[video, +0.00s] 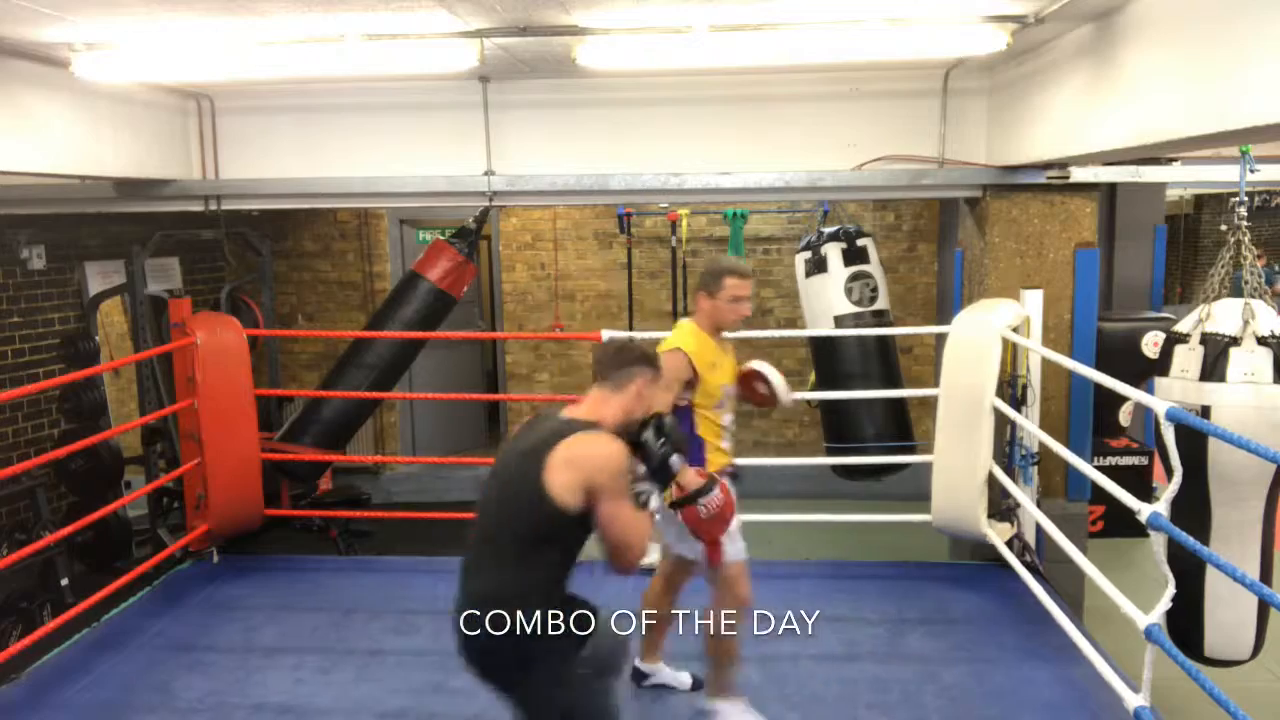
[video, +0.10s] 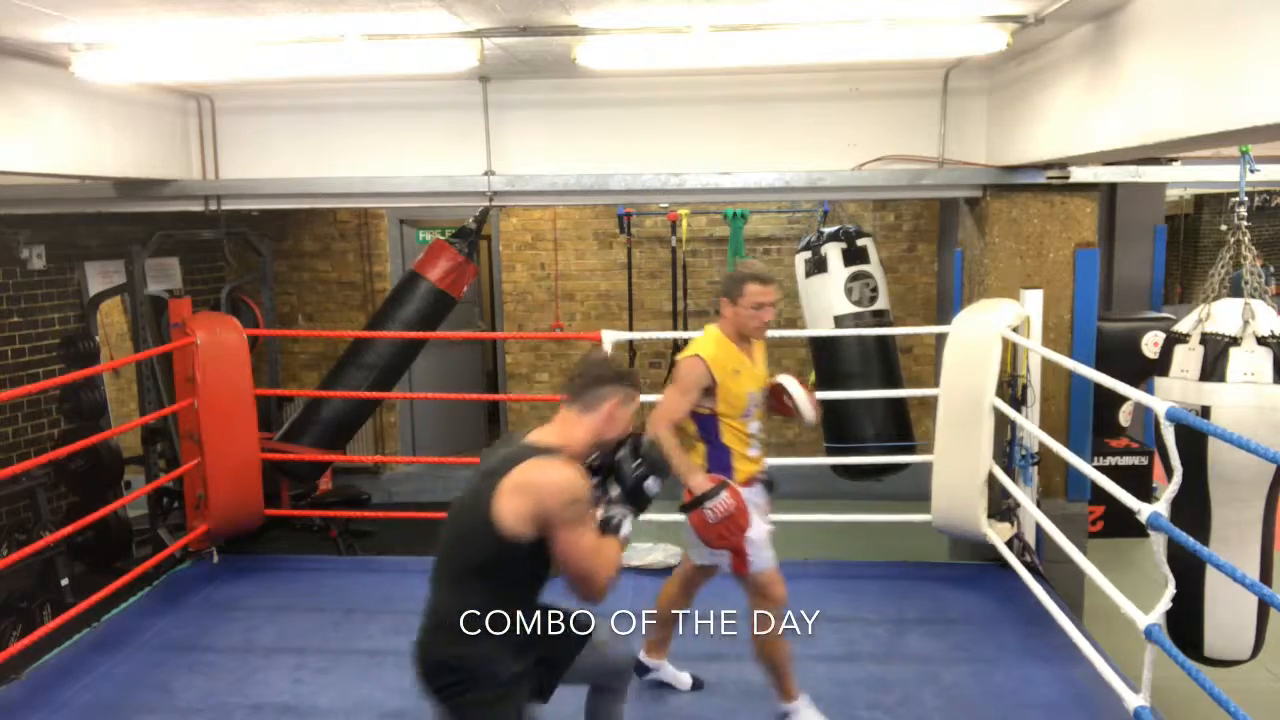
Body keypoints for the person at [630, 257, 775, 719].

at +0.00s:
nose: (745, 310)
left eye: (748, 301)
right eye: (737, 300)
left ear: (723, 302)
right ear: (703, 300)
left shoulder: (720, 345)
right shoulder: (682, 349)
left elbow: (716, 393)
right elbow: (651, 422)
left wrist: (756, 393)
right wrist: (684, 475)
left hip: (706, 481)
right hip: (699, 486)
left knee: (674, 570)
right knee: (735, 593)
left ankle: (649, 662)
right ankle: (720, 696)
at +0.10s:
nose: (767, 316)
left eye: (771, 307)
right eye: (758, 307)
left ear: (771, 306)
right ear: (726, 307)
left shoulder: (753, 343)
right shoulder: (701, 360)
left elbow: (740, 400)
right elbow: (659, 426)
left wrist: (776, 399)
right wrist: (696, 483)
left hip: (748, 487)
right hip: (726, 495)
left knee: (695, 570)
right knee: (770, 596)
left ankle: (651, 657)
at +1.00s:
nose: (863, 305)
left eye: (875, 295)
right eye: (863, 295)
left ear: (913, 300)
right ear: (899, 302)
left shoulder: (945, 366)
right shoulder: (895, 344)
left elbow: (975, 450)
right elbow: (900, 419)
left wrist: (893, 449)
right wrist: (850, 409)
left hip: (939, 523)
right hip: (901, 509)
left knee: (955, 632)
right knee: (902, 599)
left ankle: (975, 715)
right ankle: (952, 697)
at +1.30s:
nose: (853, 304)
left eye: (864, 295)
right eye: (853, 294)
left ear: (901, 300)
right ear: (895, 304)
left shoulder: (926, 358)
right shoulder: (892, 345)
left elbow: (915, 442)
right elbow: (850, 386)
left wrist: (842, 406)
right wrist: (816, 373)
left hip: (915, 510)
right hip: (923, 502)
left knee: (876, 620)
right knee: (945, 609)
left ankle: (959, 710)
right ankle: (962, 706)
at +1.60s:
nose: (809, 312)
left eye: (820, 304)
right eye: (810, 302)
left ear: (854, 311)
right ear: (854, 312)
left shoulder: (874, 366)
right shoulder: (872, 354)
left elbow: (863, 450)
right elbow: (856, 427)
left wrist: (807, 402)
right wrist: (808, 406)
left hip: (863, 523)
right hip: (897, 515)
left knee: (816, 638)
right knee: (926, 613)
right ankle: (962, 707)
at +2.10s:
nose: (712, 301)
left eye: (722, 293)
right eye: (715, 291)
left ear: (758, 302)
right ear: (763, 303)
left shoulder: (743, 357)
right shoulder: (811, 345)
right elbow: (782, 383)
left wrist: (599, 385)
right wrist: (731, 359)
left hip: (780, 522)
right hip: (831, 507)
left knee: (754, 653)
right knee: (837, 609)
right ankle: (880, 712)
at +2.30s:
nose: (708, 304)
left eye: (717, 295)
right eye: (709, 294)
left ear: (753, 300)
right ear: (758, 302)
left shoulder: (752, 357)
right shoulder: (798, 344)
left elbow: (718, 419)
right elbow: (768, 400)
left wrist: (640, 409)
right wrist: (722, 356)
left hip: (768, 523)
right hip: (817, 511)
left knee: (748, 652)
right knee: (830, 618)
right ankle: (861, 715)